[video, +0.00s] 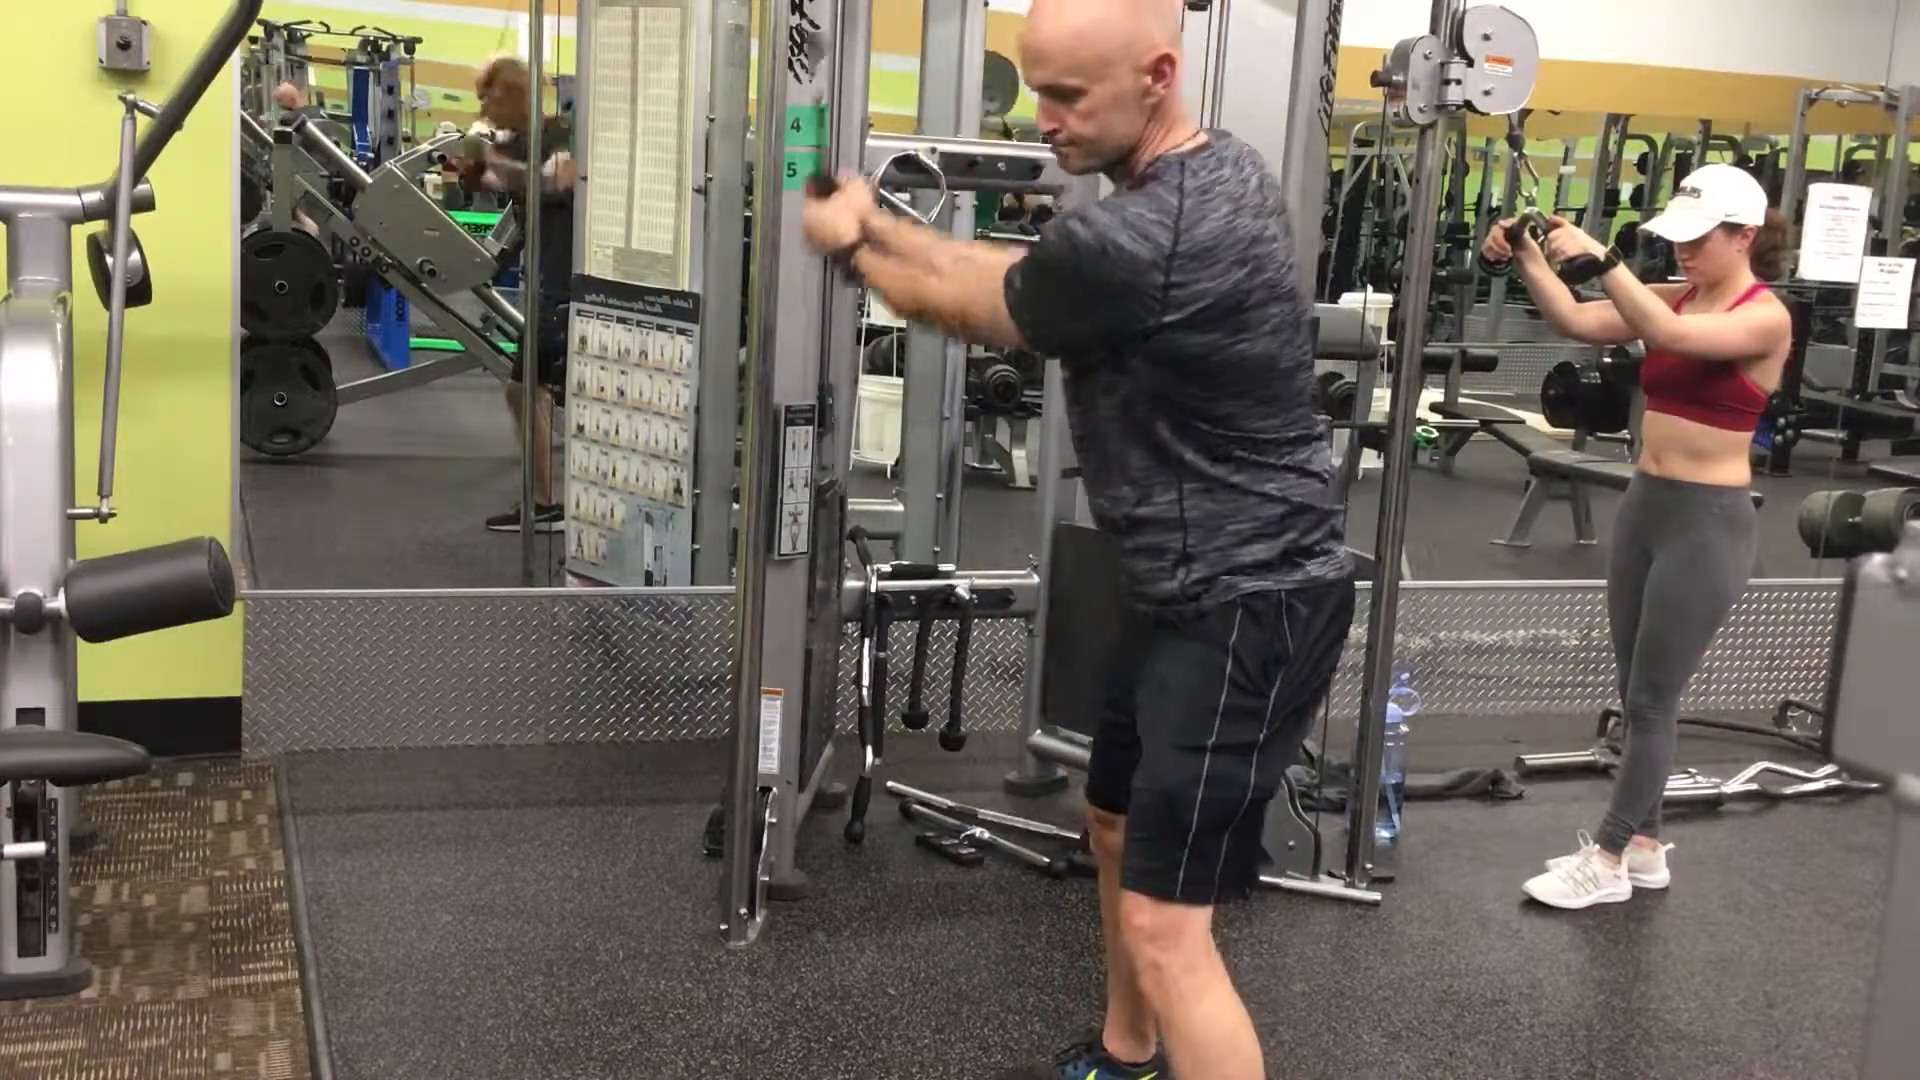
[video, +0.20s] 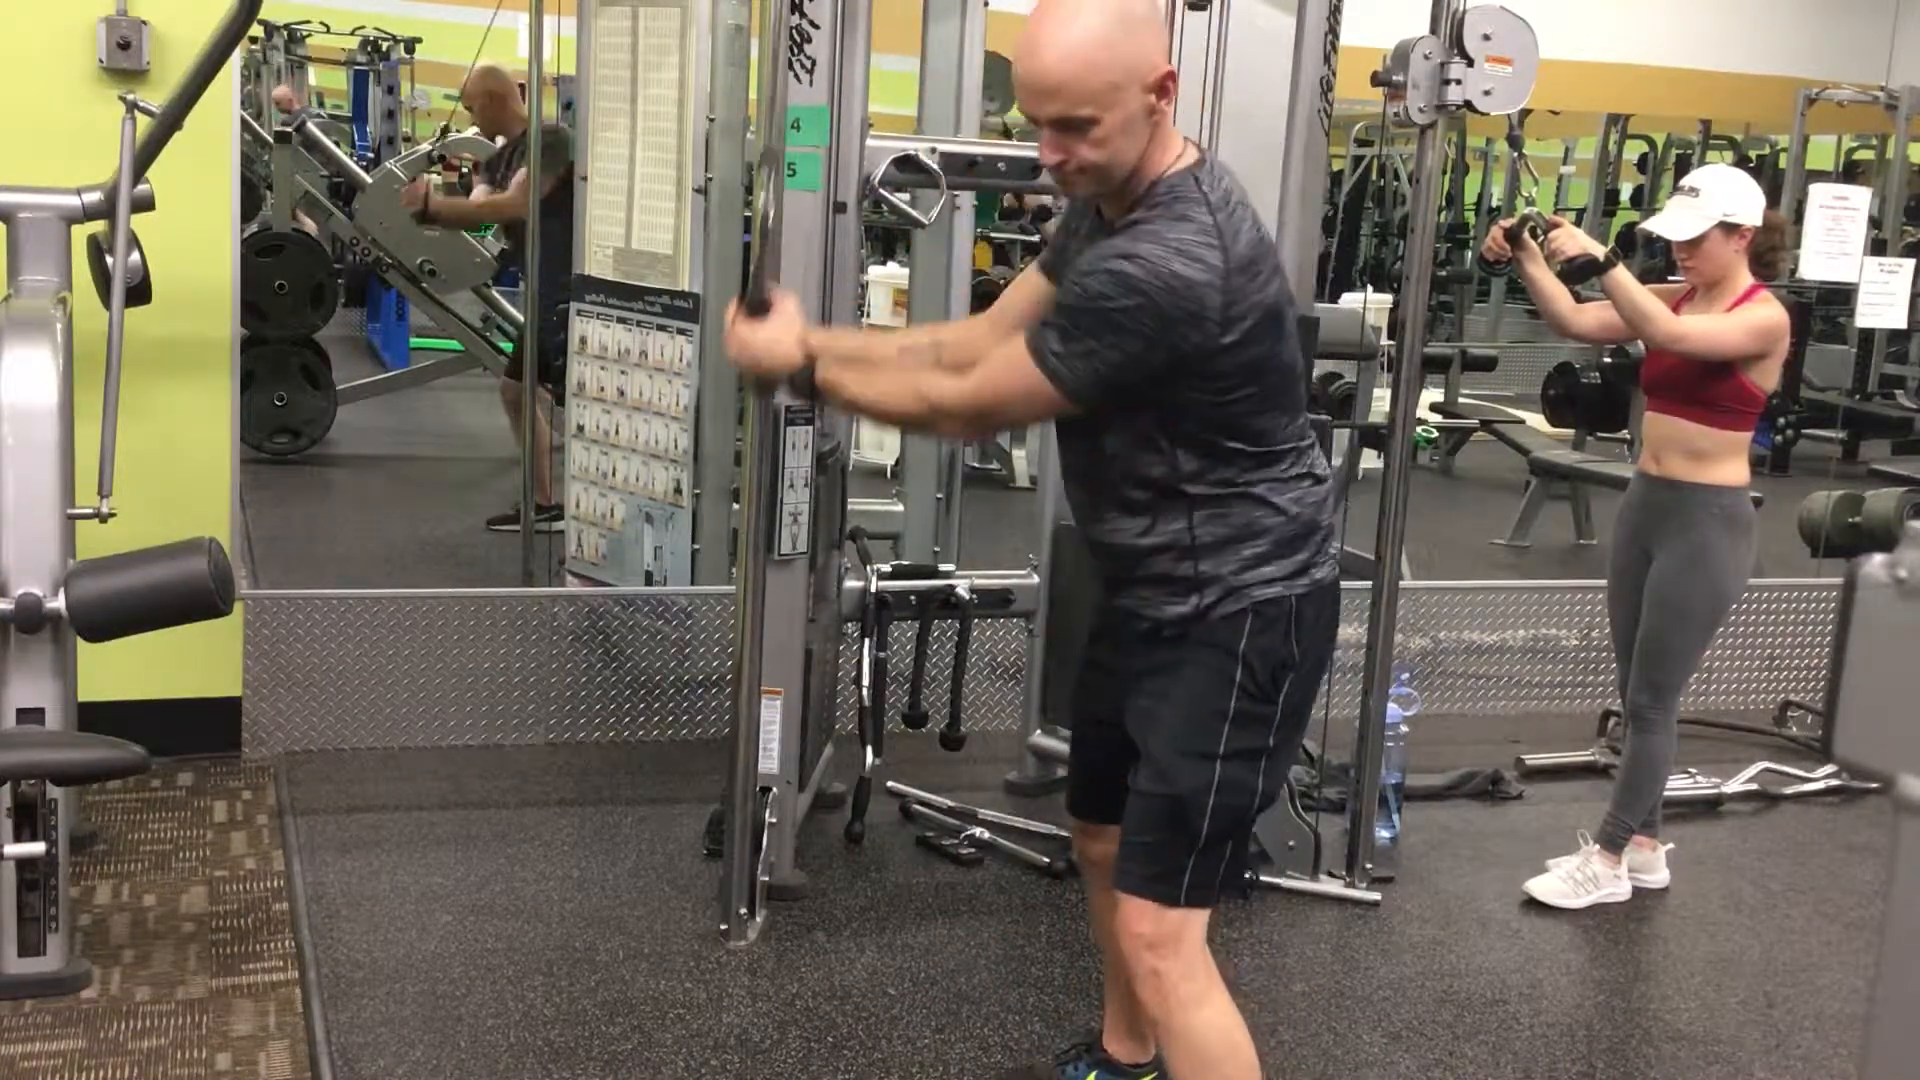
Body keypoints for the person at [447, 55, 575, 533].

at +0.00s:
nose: (485, 104)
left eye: (490, 94)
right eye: (484, 95)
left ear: (516, 92)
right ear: (498, 95)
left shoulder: (559, 135)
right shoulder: (508, 142)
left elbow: (560, 182)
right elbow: (498, 187)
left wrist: (496, 169)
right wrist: (469, 173)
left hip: (560, 278)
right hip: (540, 276)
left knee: (525, 391)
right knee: (542, 394)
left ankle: (545, 498)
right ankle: (549, 496)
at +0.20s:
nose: (471, 117)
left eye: (474, 106)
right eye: (469, 108)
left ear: (499, 100)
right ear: (499, 101)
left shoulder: (551, 140)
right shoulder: (499, 157)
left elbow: (515, 206)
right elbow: (476, 210)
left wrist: (435, 203)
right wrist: (430, 204)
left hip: (564, 288)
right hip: (542, 286)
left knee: (517, 389)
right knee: (547, 392)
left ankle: (543, 499)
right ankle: (554, 496)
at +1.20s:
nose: (471, 207)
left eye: (471, 201)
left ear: (474, 200)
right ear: (512, 192)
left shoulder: (471, 239)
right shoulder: (552, 216)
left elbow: (480, 317)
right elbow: (574, 272)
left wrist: (492, 368)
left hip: (531, 326)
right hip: (579, 318)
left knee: (539, 431)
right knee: (558, 423)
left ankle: (557, 507)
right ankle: (542, 502)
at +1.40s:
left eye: (474, 215)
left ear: (473, 216)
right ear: (514, 207)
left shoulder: (469, 250)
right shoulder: (547, 226)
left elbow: (481, 331)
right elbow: (573, 274)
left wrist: (497, 378)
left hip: (526, 326)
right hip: (580, 315)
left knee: (544, 440)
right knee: (548, 427)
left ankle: (578, 512)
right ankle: (542, 501)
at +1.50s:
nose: (470, 220)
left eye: (470, 215)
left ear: (473, 218)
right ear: (513, 208)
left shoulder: (467, 250)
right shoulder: (547, 228)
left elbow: (481, 334)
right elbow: (573, 276)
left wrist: (499, 379)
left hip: (526, 323)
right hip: (579, 313)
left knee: (544, 440)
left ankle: (578, 515)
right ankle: (541, 501)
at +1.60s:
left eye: (472, 217)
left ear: (471, 217)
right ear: (509, 207)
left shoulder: (465, 250)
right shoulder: (544, 226)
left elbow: (479, 334)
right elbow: (572, 273)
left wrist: (498, 380)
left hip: (525, 323)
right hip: (578, 314)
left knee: (543, 438)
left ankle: (575, 513)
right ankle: (541, 501)